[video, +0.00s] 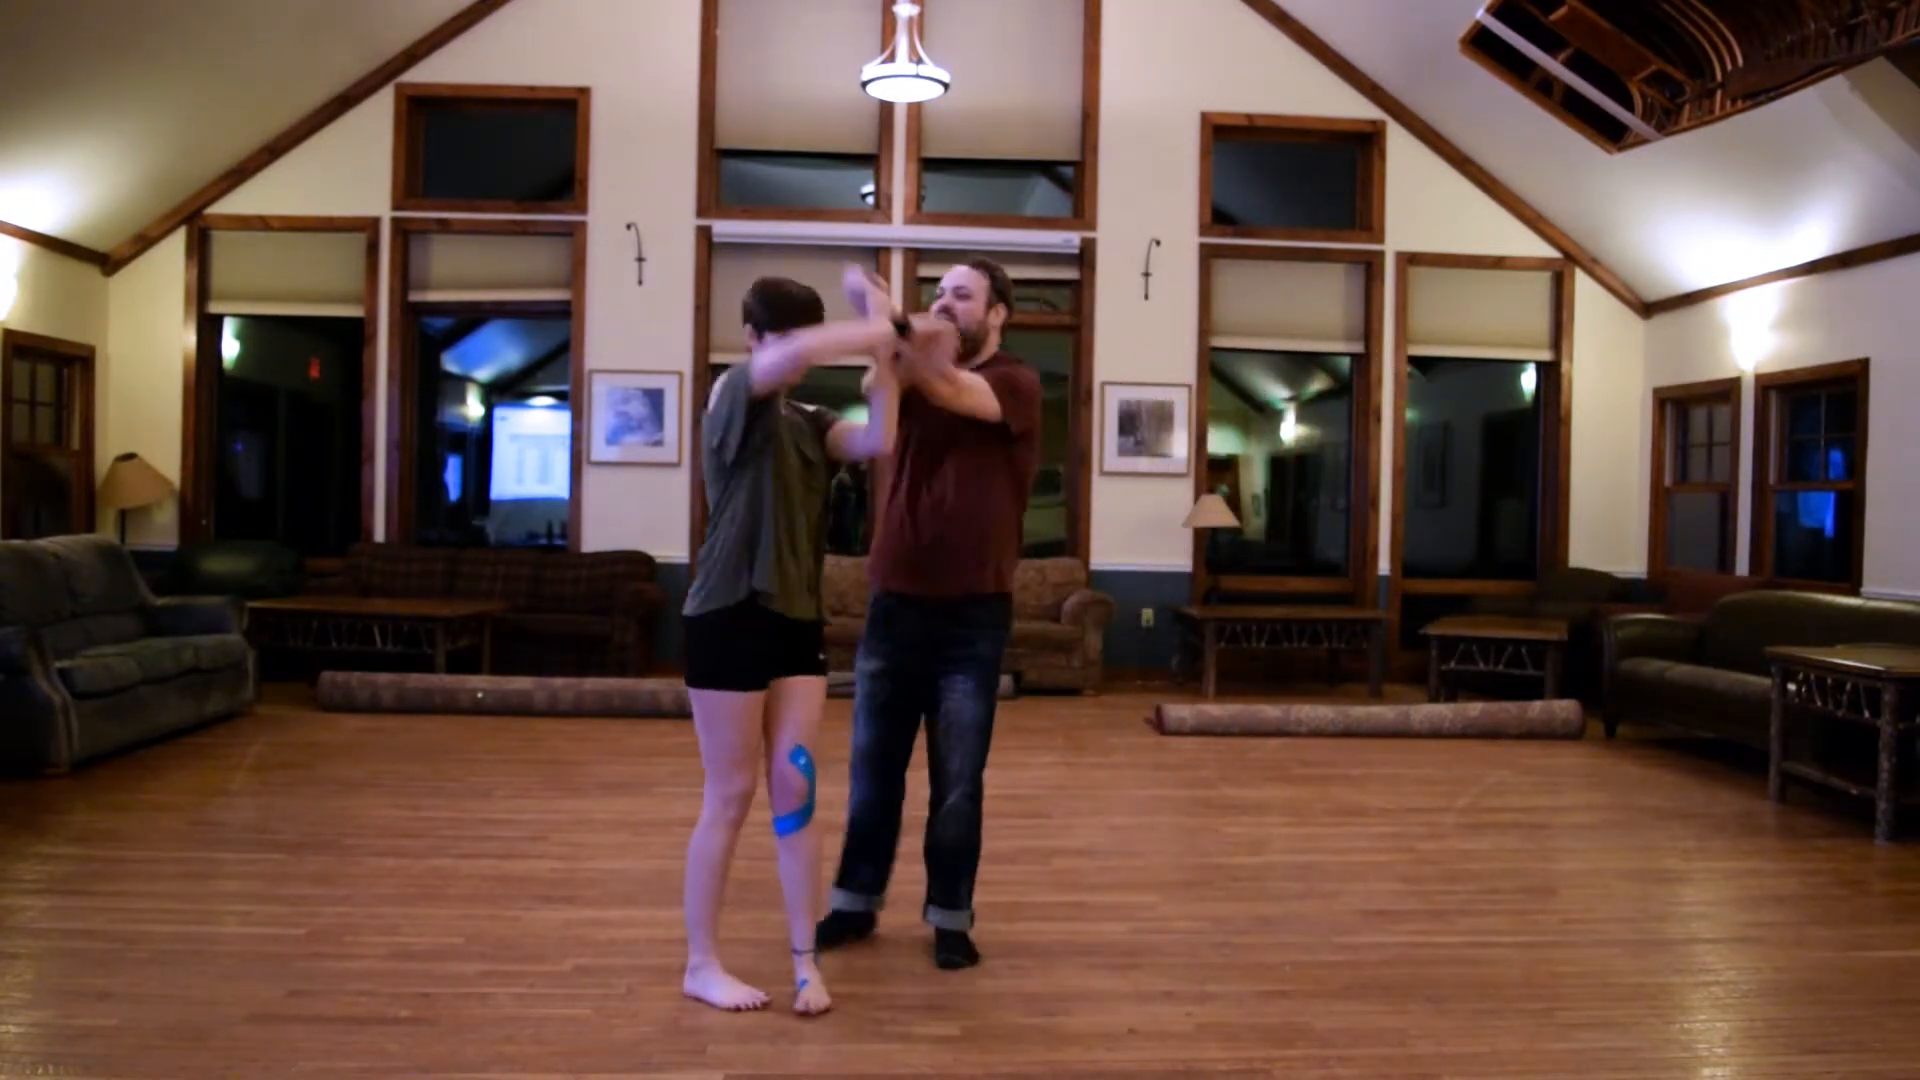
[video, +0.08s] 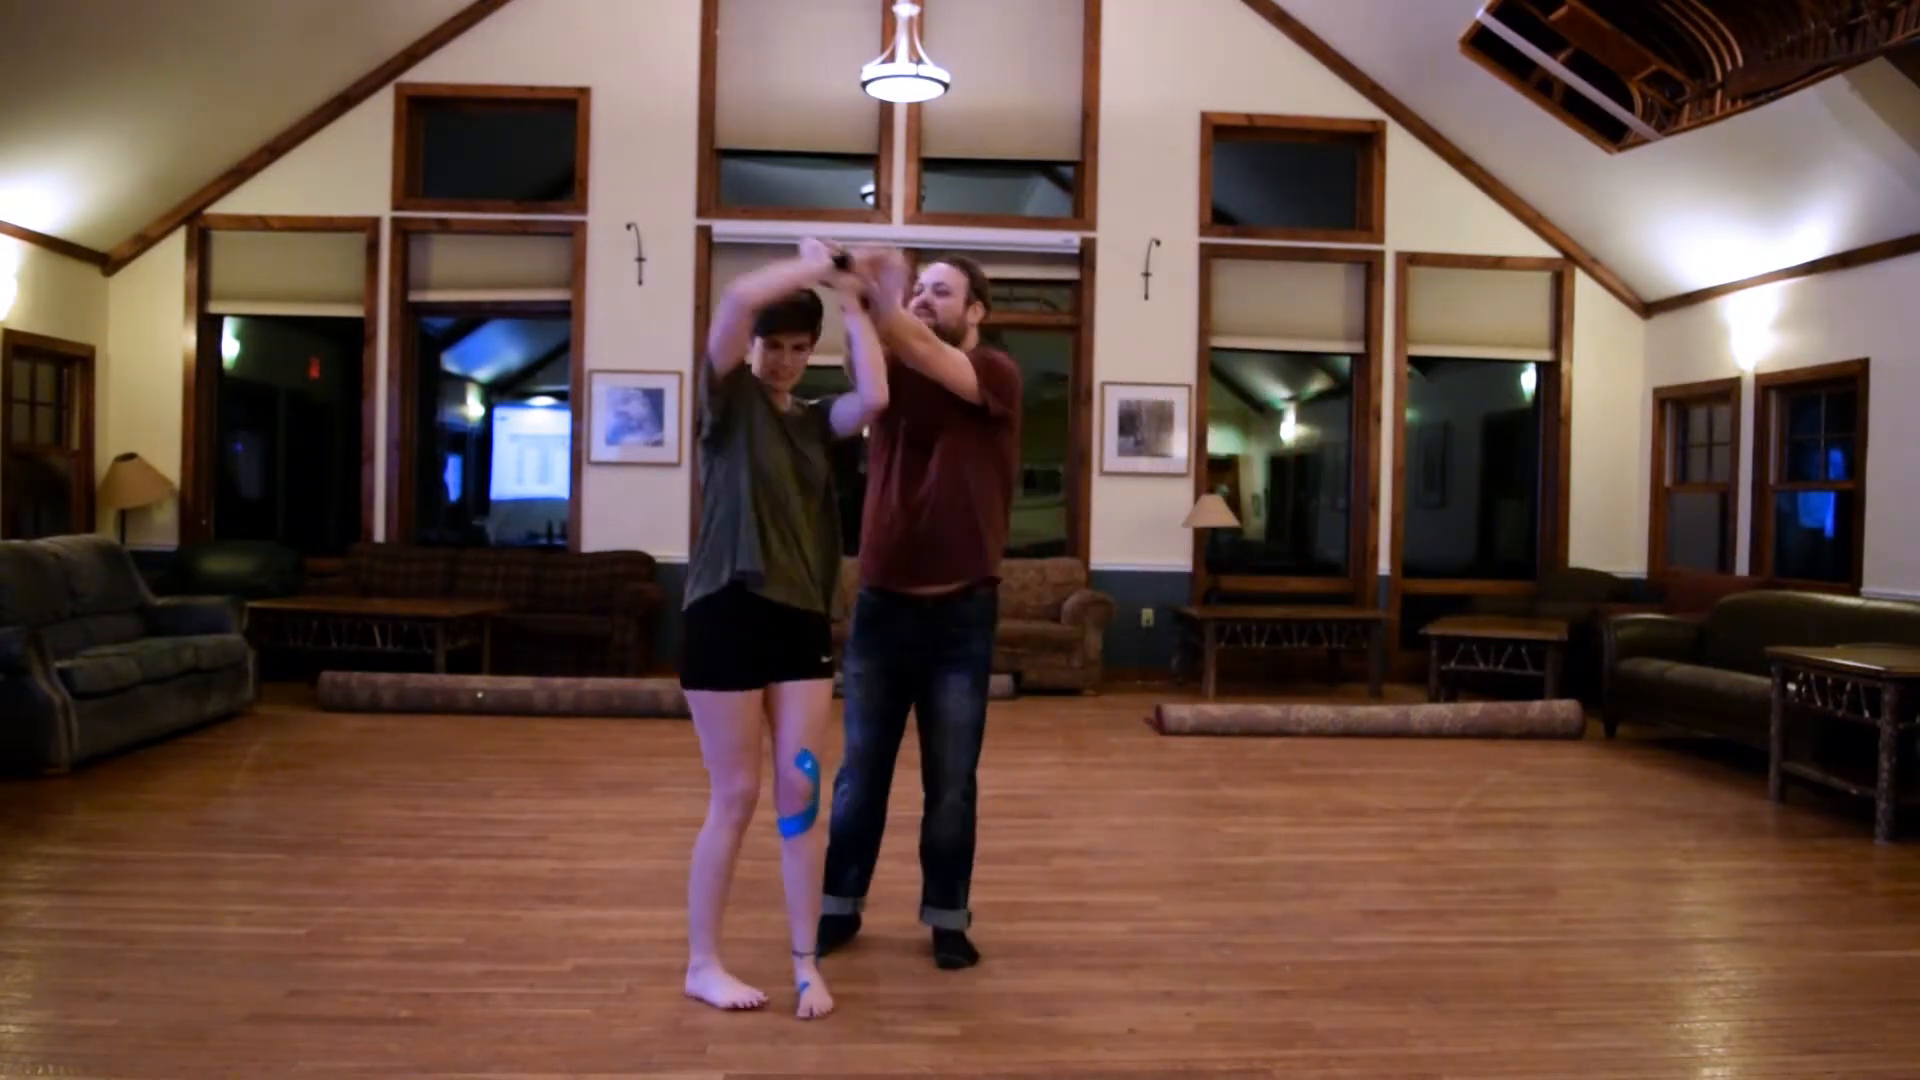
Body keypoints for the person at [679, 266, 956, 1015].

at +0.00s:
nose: (786, 354)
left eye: (792, 343)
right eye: (779, 343)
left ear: (778, 341)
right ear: (762, 342)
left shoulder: (810, 423)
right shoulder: (730, 403)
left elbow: (876, 439)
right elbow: (787, 353)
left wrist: (886, 360)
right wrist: (882, 329)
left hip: (796, 619)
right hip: (727, 616)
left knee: (793, 788)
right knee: (729, 794)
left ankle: (805, 960)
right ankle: (701, 965)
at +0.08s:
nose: (783, 357)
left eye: (797, 348)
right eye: (773, 345)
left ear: (811, 351)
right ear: (749, 341)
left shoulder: (819, 420)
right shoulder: (729, 405)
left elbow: (875, 395)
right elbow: (739, 299)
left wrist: (852, 297)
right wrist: (812, 266)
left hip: (802, 617)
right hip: (723, 611)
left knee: (801, 791)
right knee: (735, 795)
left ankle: (805, 964)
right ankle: (703, 964)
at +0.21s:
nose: (752, 368)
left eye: (763, 354)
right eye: (741, 358)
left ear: (796, 347)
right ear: (727, 356)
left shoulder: (823, 410)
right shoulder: (718, 398)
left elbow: (813, 317)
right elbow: (673, 274)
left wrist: (778, 237)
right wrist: (751, 217)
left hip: (798, 616)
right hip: (713, 610)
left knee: (792, 799)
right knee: (721, 801)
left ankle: (803, 963)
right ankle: (705, 963)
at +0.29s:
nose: (716, 362)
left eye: (727, 348)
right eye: (710, 351)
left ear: (766, 335)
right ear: (709, 347)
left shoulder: (806, 391)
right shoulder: (717, 386)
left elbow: (749, 287)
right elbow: (667, 293)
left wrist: (756, 247)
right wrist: (719, 225)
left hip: (784, 608)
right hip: (704, 599)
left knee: (773, 800)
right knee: (695, 796)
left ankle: (802, 963)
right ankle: (699, 961)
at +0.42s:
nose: (692, 340)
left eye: (700, 331)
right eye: (700, 331)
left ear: (719, 331)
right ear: (771, 322)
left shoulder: (728, 378)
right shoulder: (795, 392)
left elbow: (658, 296)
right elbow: (781, 331)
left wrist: (719, 296)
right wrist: (773, 284)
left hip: (748, 593)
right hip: (699, 591)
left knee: (728, 800)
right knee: (684, 785)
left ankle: (814, 952)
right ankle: (695, 959)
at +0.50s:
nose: (682, 334)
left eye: (684, 329)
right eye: (748, 329)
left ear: (684, 336)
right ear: (750, 339)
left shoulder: (674, 393)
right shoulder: (777, 412)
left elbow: (622, 339)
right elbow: (798, 399)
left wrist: (693, 337)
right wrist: (785, 324)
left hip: (704, 604)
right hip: (744, 602)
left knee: (688, 802)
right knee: (687, 794)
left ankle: (814, 932)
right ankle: (695, 957)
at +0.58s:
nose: (735, 334)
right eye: (734, 323)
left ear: (665, 330)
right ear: (731, 331)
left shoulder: (643, 394)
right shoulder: (761, 397)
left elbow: (603, 433)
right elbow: (796, 416)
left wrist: (634, 380)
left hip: (675, 611)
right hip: (747, 610)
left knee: (657, 795)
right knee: (701, 794)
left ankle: (754, 943)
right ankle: (697, 956)